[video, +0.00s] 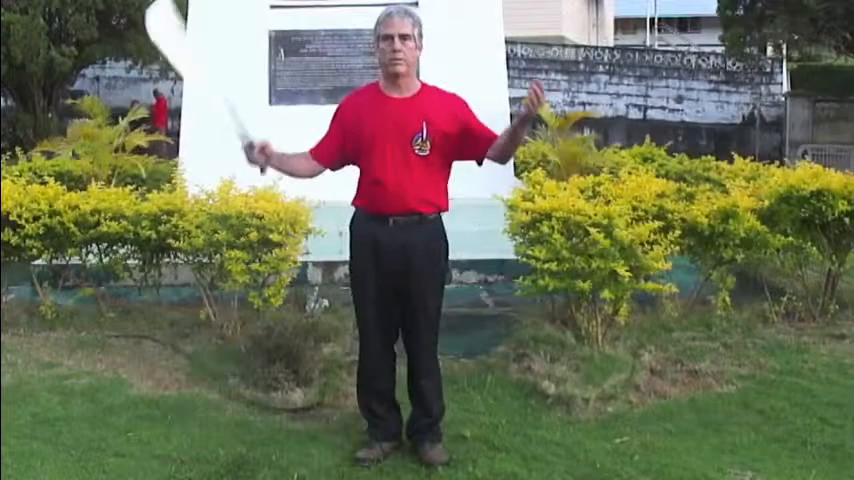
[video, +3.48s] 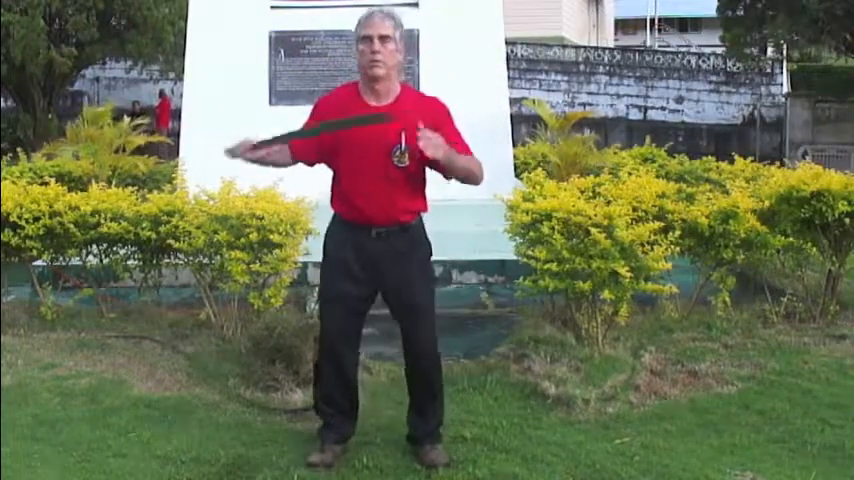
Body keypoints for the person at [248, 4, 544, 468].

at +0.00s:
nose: (396, 47)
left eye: (405, 39)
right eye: (386, 39)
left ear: (419, 46)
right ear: (375, 48)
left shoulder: (448, 106)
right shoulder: (356, 105)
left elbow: (496, 152)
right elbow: (315, 162)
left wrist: (523, 120)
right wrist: (273, 159)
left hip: (425, 232)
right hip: (370, 232)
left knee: (422, 339)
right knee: (374, 339)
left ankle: (427, 435)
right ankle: (382, 434)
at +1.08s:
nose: (409, 50)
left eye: (419, 41)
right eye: (400, 41)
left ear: (433, 48)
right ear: (389, 50)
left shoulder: (455, 105)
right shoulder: (369, 102)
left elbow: (493, 176)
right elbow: (318, 163)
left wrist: (482, 123)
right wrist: (325, 136)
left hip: (439, 237)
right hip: (381, 237)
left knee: (432, 343)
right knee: (370, 340)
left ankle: (427, 436)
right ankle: (380, 433)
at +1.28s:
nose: (410, 52)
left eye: (419, 43)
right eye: (401, 44)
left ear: (433, 50)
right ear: (389, 51)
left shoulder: (462, 113)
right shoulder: (367, 111)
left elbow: (477, 188)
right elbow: (339, 180)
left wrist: (446, 189)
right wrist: (365, 177)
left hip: (441, 244)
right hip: (382, 244)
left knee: (433, 347)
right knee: (372, 343)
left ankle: (428, 439)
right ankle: (377, 452)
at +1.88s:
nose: (375, 64)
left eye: (386, 55)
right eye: (365, 55)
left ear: (403, 62)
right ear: (353, 63)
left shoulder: (434, 124)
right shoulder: (329, 124)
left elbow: (450, 208)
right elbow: (315, 207)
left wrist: (398, 243)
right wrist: (360, 240)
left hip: (416, 263)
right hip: (351, 266)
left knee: (423, 359)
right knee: (355, 367)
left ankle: (429, 440)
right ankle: (366, 470)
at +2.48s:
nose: (383, 67)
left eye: (394, 57)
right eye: (373, 58)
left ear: (409, 63)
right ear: (361, 64)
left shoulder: (439, 125)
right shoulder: (338, 124)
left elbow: (464, 202)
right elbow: (308, 202)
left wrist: (435, 204)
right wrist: (333, 212)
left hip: (420, 264)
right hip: (358, 265)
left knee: (427, 360)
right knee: (354, 370)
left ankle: (425, 438)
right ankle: (365, 472)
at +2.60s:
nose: (396, 64)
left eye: (406, 55)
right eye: (386, 56)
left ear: (422, 61)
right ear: (375, 62)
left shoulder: (449, 123)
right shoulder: (348, 121)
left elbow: (487, 186)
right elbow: (306, 189)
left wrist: (470, 154)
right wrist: (322, 174)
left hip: (427, 261)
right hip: (366, 262)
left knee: (439, 357)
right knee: (361, 367)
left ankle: (426, 438)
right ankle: (366, 471)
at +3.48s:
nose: (375, 48)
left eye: (384, 40)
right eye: (366, 41)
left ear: (401, 50)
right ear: (355, 50)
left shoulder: (428, 109)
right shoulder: (333, 105)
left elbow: (475, 174)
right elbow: (299, 151)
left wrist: (446, 157)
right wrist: (258, 152)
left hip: (406, 241)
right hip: (347, 240)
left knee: (422, 343)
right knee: (335, 341)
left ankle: (427, 437)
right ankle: (333, 434)